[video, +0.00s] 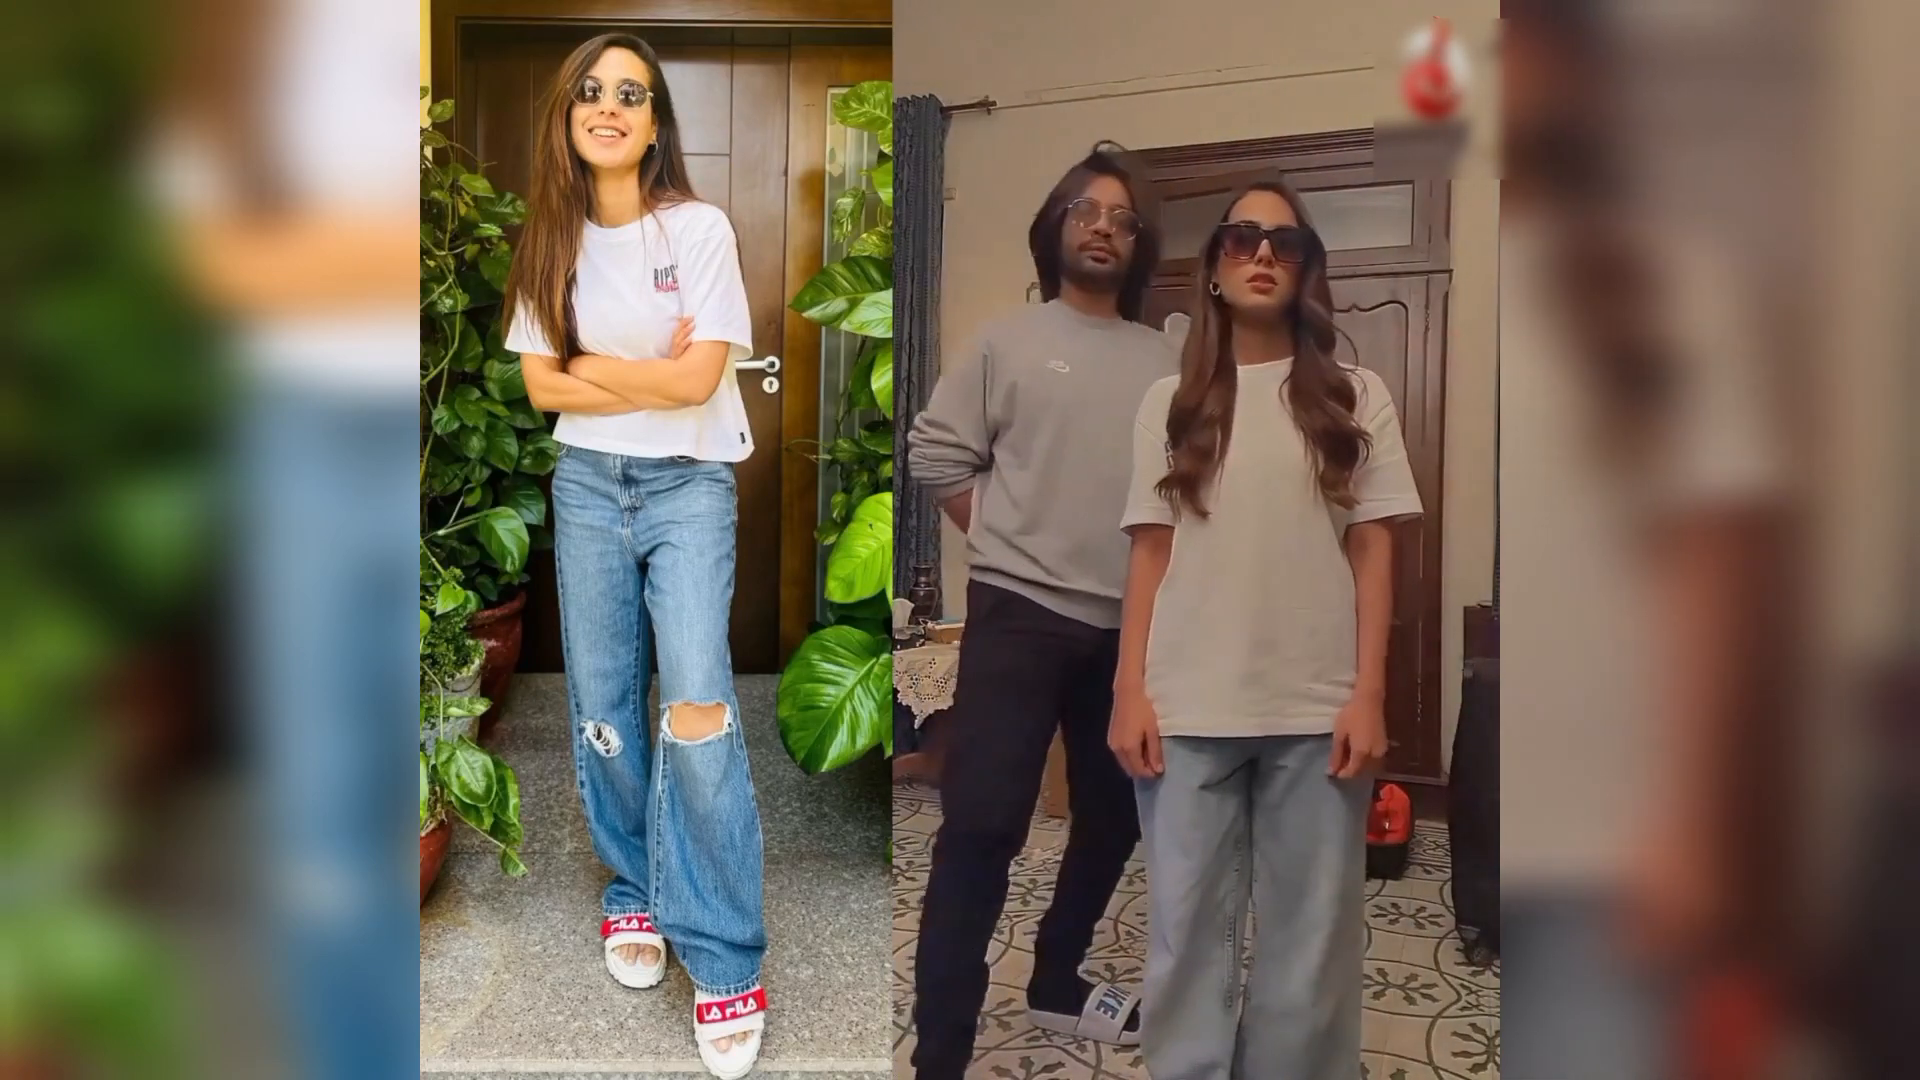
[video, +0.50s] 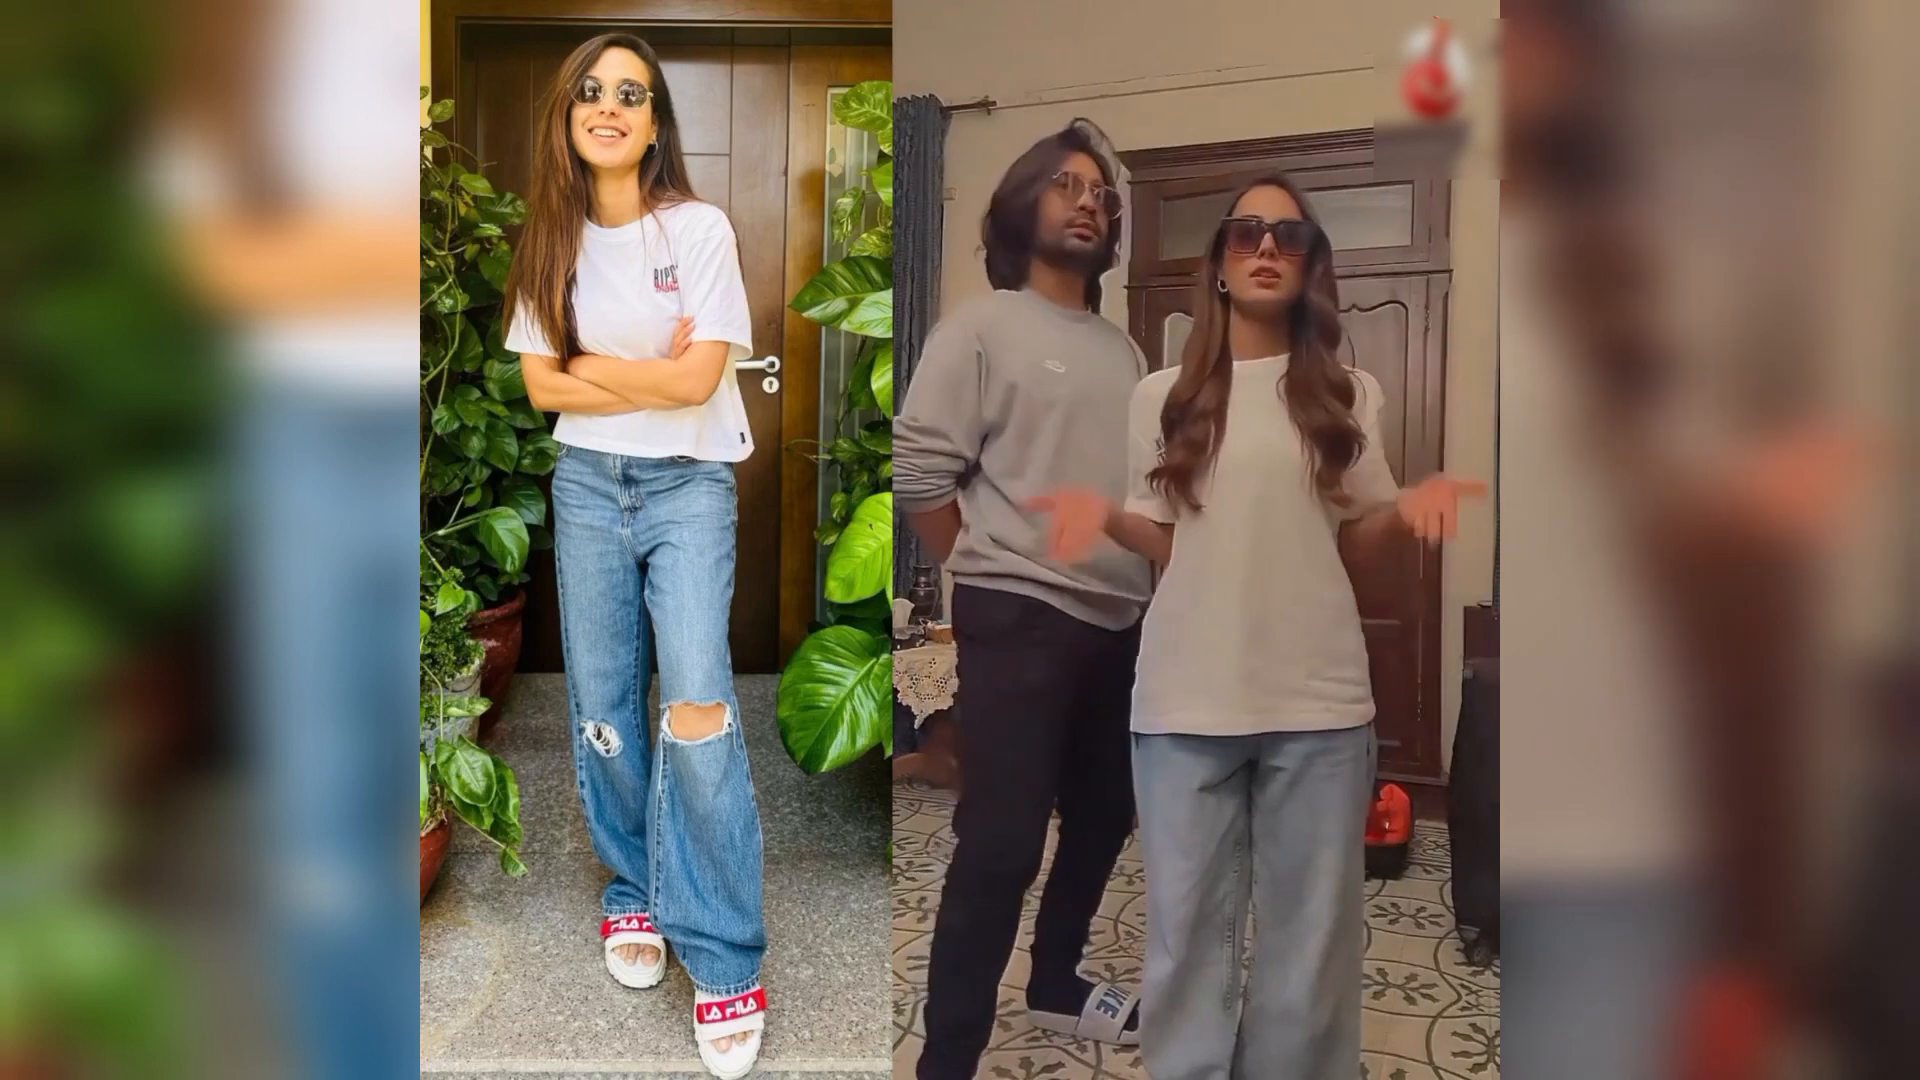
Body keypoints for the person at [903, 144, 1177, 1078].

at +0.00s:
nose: (1103, 227)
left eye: (1121, 217)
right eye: (1085, 212)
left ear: (1139, 242)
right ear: (1052, 231)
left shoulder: (1171, 358)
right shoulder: (1009, 341)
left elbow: (1196, 485)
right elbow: (932, 452)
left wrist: (1157, 561)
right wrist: (1005, 536)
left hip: (1129, 620)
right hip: (1016, 610)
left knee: (1111, 818)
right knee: (982, 825)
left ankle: (1057, 986)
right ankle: (941, 1054)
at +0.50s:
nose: (1087, 204)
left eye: (1100, 193)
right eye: (1066, 187)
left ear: (1113, 222)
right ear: (1020, 205)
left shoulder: (1123, 350)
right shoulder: (978, 326)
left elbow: (1141, 484)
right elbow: (919, 478)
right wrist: (985, 587)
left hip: (1112, 618)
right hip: (1013, 610)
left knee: (1103, 812)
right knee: (1001, 842)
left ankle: (1055, 987)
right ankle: (948, 1061)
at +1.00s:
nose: (1105, 218)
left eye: (1119, 207)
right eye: (1085, 204)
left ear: (1134, 233)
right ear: (1045, 225)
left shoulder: (1152, 361)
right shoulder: (994, 337)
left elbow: (1172, 496)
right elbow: (930, 464)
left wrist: (1162, 598)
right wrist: (952, 586)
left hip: (1124, 621)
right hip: (1009, 611)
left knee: (1112, 821)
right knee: (987, 840)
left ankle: (1057, 990)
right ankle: (942, 1062)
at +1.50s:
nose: (1103, 242)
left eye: (1112, 232)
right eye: (1083, 230)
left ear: (1125, 258)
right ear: (1043, 255)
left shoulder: (1154, 373)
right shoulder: (1007, 353)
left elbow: (1186, 493)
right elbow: (954, 453)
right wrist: (884, 448)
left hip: (1129, 621)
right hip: (1025, 606)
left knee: (1125, 831)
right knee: (995, 828)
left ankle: (1057, 989)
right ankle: (943, 1062)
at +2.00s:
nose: (1137, 225)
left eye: (1136, 213)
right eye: (1115, 210)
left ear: (1128, 238)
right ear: (1063, 226)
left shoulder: (1121, 355)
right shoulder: (996, 326)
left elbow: (1129, 487)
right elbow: (941, 464)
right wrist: (938, 597)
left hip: (1112, 614)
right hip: (1020, 606)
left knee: (1105, 812)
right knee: (1002, 830)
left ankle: (1056, 991)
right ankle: (948, 1061)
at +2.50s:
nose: (1129, 243)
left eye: (1130, 228)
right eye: (1120, 228)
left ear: (1057, 236)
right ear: (1081, 235)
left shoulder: (1125, 345)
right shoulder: (993, 321)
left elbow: (1212, 369)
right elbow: (941, 461)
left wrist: (1182, 263)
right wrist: (947, 602)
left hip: (1123, 621)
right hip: (1026, 614)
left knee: (1101, 814)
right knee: (1001, 836)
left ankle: (1055, 992)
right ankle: (946, 1058)